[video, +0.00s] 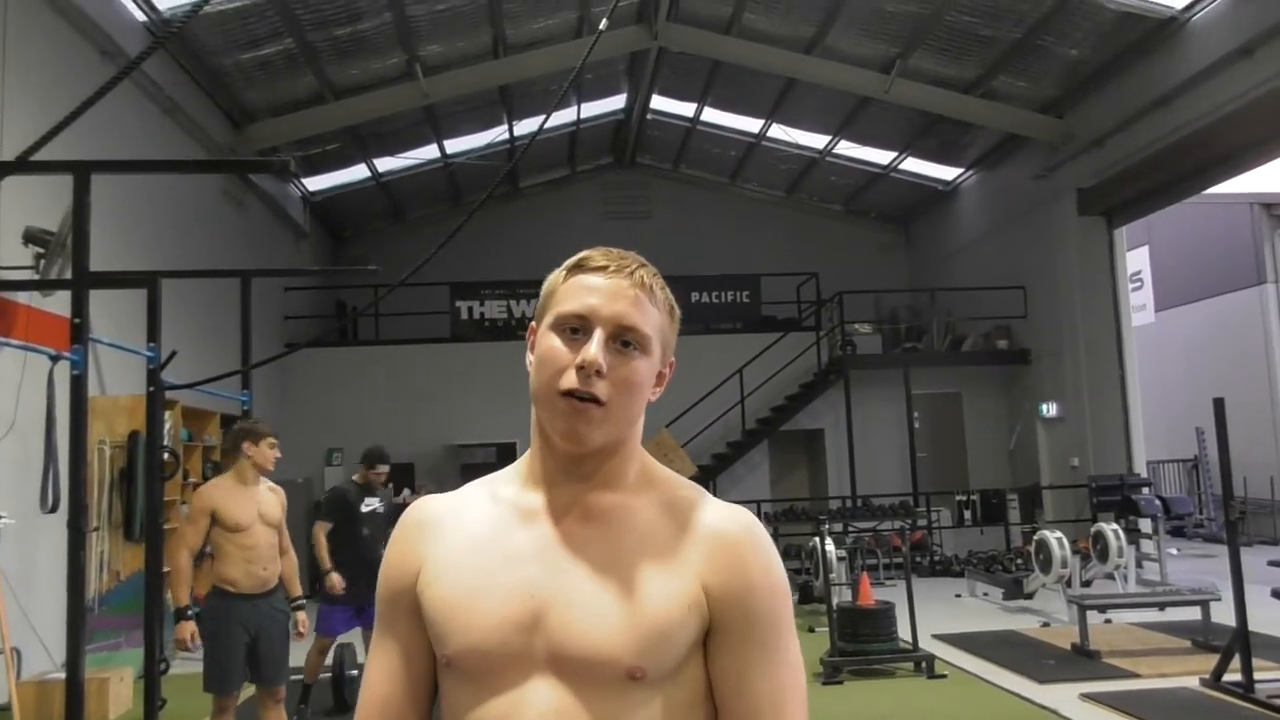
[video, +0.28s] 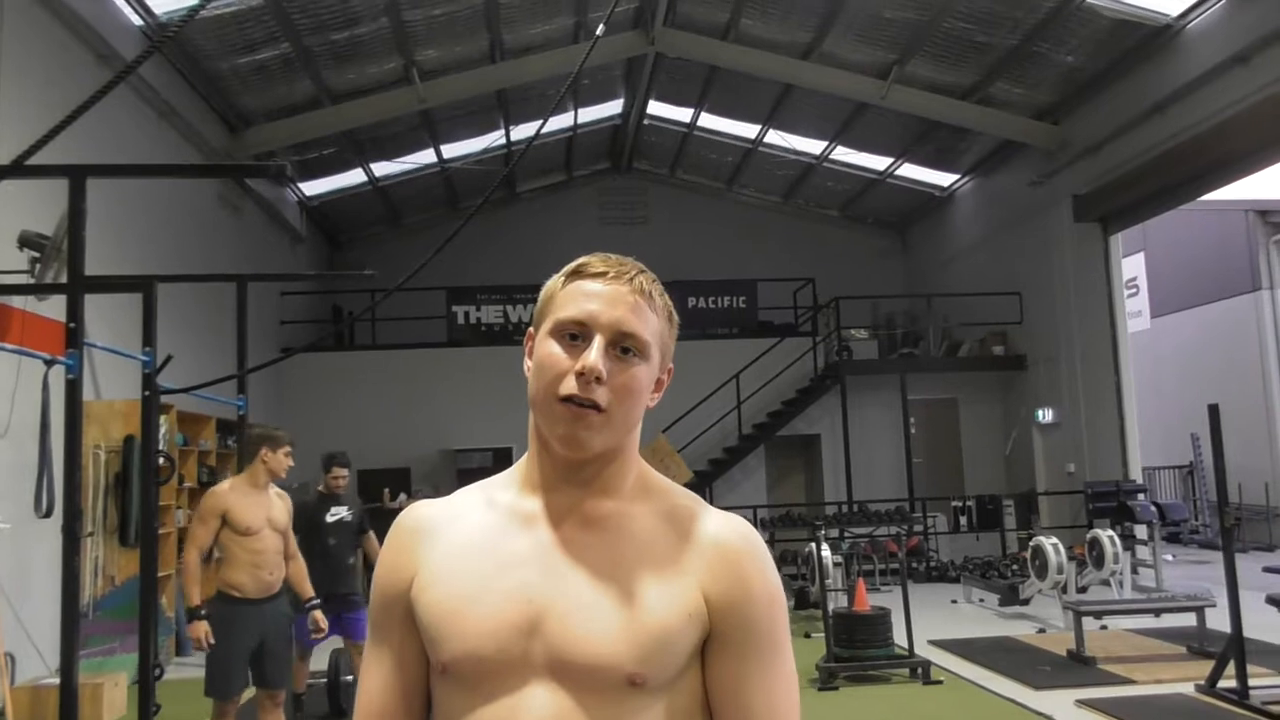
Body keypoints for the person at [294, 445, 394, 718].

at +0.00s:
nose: (383, 479)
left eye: (386, 474)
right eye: (378, 474)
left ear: (387, 472)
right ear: (364, 470)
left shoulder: (382, 496)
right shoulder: (341, 495)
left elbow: (382, 537)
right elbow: (319, 531)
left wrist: (386, 568)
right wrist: (328, 571)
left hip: (373, 584)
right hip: (341, 585)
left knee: (375, 646)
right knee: (323, 646)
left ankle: (377, 700)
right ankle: (304, 702)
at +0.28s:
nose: (341, 483)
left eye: (345, 478)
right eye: (336, 478)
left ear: (349, 478)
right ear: (324, 477)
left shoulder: (354, 505)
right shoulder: (305, 507)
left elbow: (369, 540)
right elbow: (291, 544)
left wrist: (386, 568)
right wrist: (293, 580)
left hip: (350, 590)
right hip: (313, 590)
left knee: (358, 647)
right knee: (303, 650)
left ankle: (367, 698)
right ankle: (298, 701)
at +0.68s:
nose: (316, 488)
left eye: (319, 484)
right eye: (311, 483)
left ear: (323, 486)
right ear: (301, 485)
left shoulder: (327, 512)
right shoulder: (288, 511)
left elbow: (342, 545)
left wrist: (354, 580)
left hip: (323, 588)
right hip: (291, 591)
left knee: (335, 655)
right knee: (292, 657)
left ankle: (344, 708)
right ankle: (286, 707)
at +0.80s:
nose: (319, 483)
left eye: (322, 478)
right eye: (313, 477)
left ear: (322, 482)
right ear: (294, 473)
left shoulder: (324, 513)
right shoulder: (273, 513)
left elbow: (339, 549)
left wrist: (350, 585)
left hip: (321, 600)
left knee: (332, 659)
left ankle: (339, 711)